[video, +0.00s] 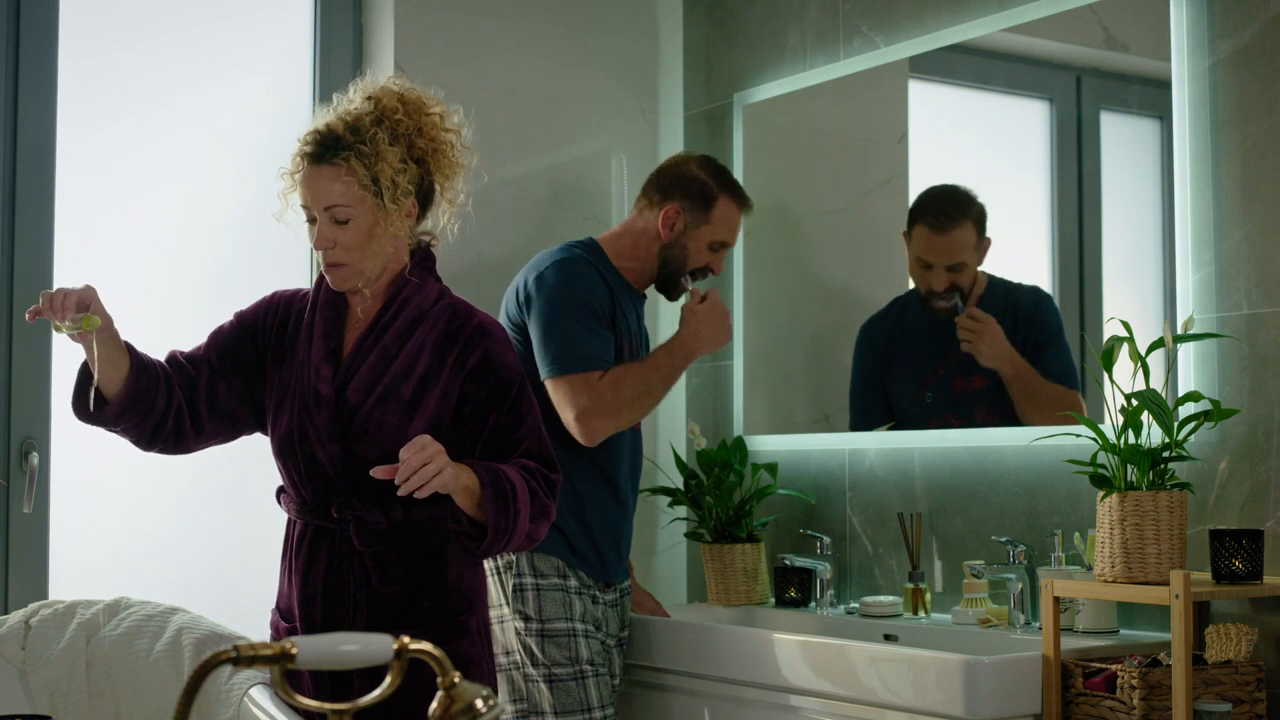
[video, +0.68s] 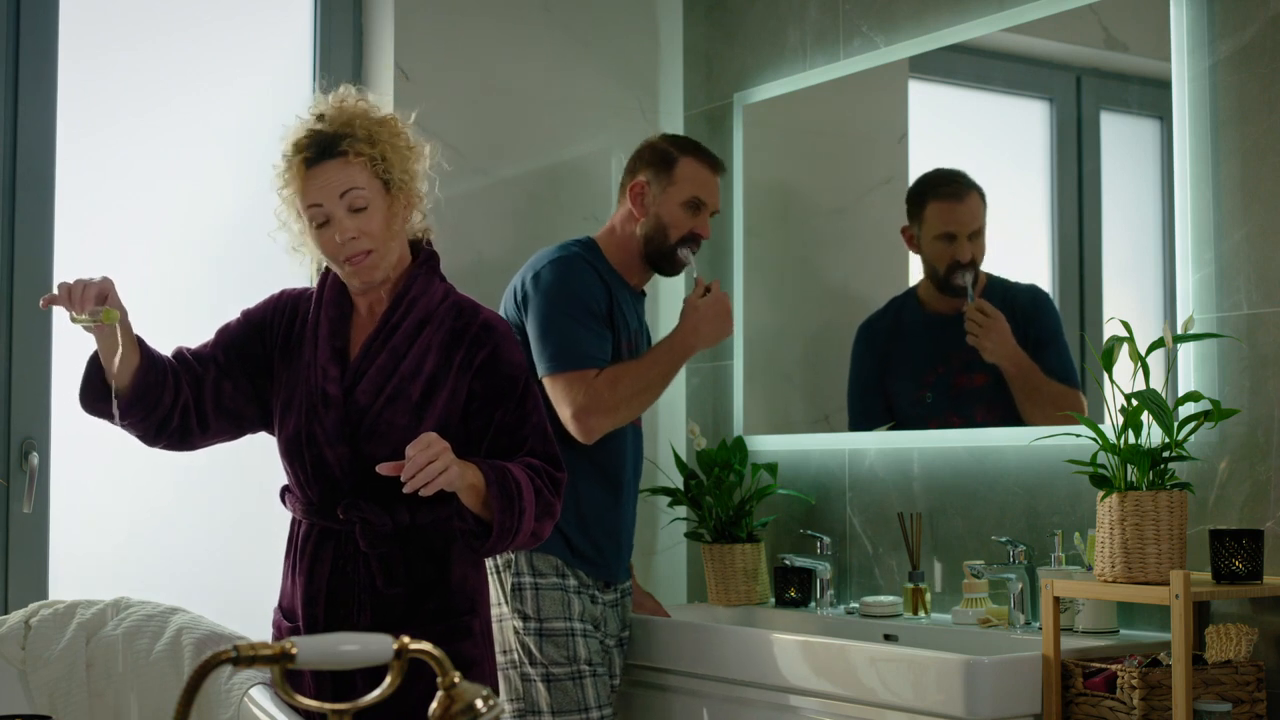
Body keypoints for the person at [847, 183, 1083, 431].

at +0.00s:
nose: (939, 284)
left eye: (956, 269)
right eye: (925, 266)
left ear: (983, 250)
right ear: (907, 246)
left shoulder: (1031, 311)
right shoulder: (880, 335)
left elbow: (1069, 424)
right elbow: (867, 447)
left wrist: (1007, 361)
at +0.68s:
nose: (965, 255)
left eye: (975, 236)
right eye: (947, 239)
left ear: (984, 231)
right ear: (912, 240)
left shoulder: (1030, 309)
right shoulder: (878, 335)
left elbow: (1068, 426)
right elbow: (869, 452)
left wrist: (1010, 357)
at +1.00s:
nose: (991, 244)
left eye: (999, 228)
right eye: (974, 227)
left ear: (1006, 227)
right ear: (932, 227)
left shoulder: (1039, 311)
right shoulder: (884, 330)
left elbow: (1082, 423)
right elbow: (871, 449)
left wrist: (1026, 381)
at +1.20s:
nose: (1019, 239)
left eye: (1023, 225)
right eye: (1004, 223)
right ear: (955, 223)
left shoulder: (1053, 313)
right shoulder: (898, 328)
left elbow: (1102, 419)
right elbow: (880, 446)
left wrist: (1061, 404)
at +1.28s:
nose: (1033, 236)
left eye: (1036, 222)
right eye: (1018, 220)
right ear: (968, 223)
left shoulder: (1063, 314)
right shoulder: (905, 326)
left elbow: (1111, 419)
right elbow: (885, 443)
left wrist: (1079, 410)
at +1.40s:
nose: (1061, 234)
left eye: (1061, 219)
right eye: (1047, 217)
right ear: (995, 222)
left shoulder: (1077, 314)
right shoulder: (920, 323)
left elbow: (1119, 415)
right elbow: (901, 442)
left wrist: (1107, 417)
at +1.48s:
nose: (1083, 234)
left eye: (1082, 219)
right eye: (1070, 218)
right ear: (1020, 221)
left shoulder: (1088, 313)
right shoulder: (933, 324)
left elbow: (1128, 415)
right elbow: (911, 451)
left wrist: (1114, 415)